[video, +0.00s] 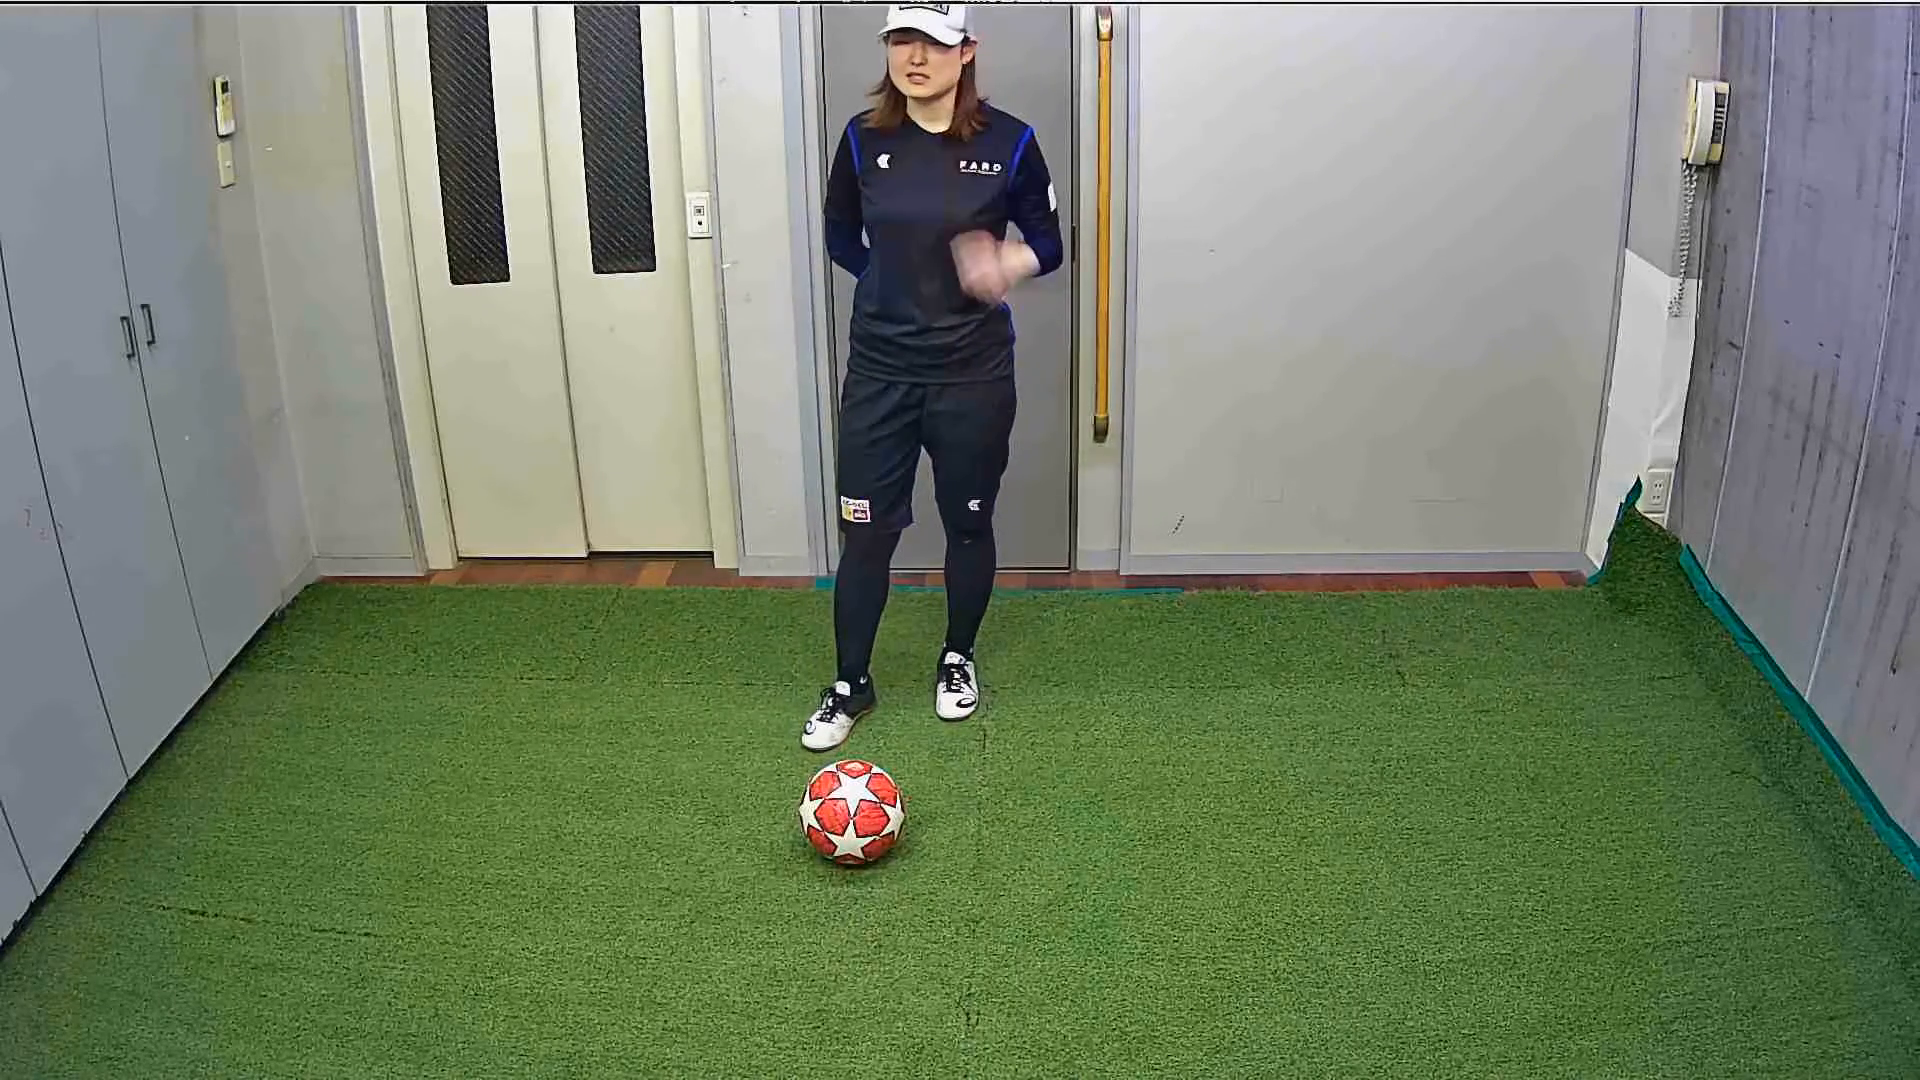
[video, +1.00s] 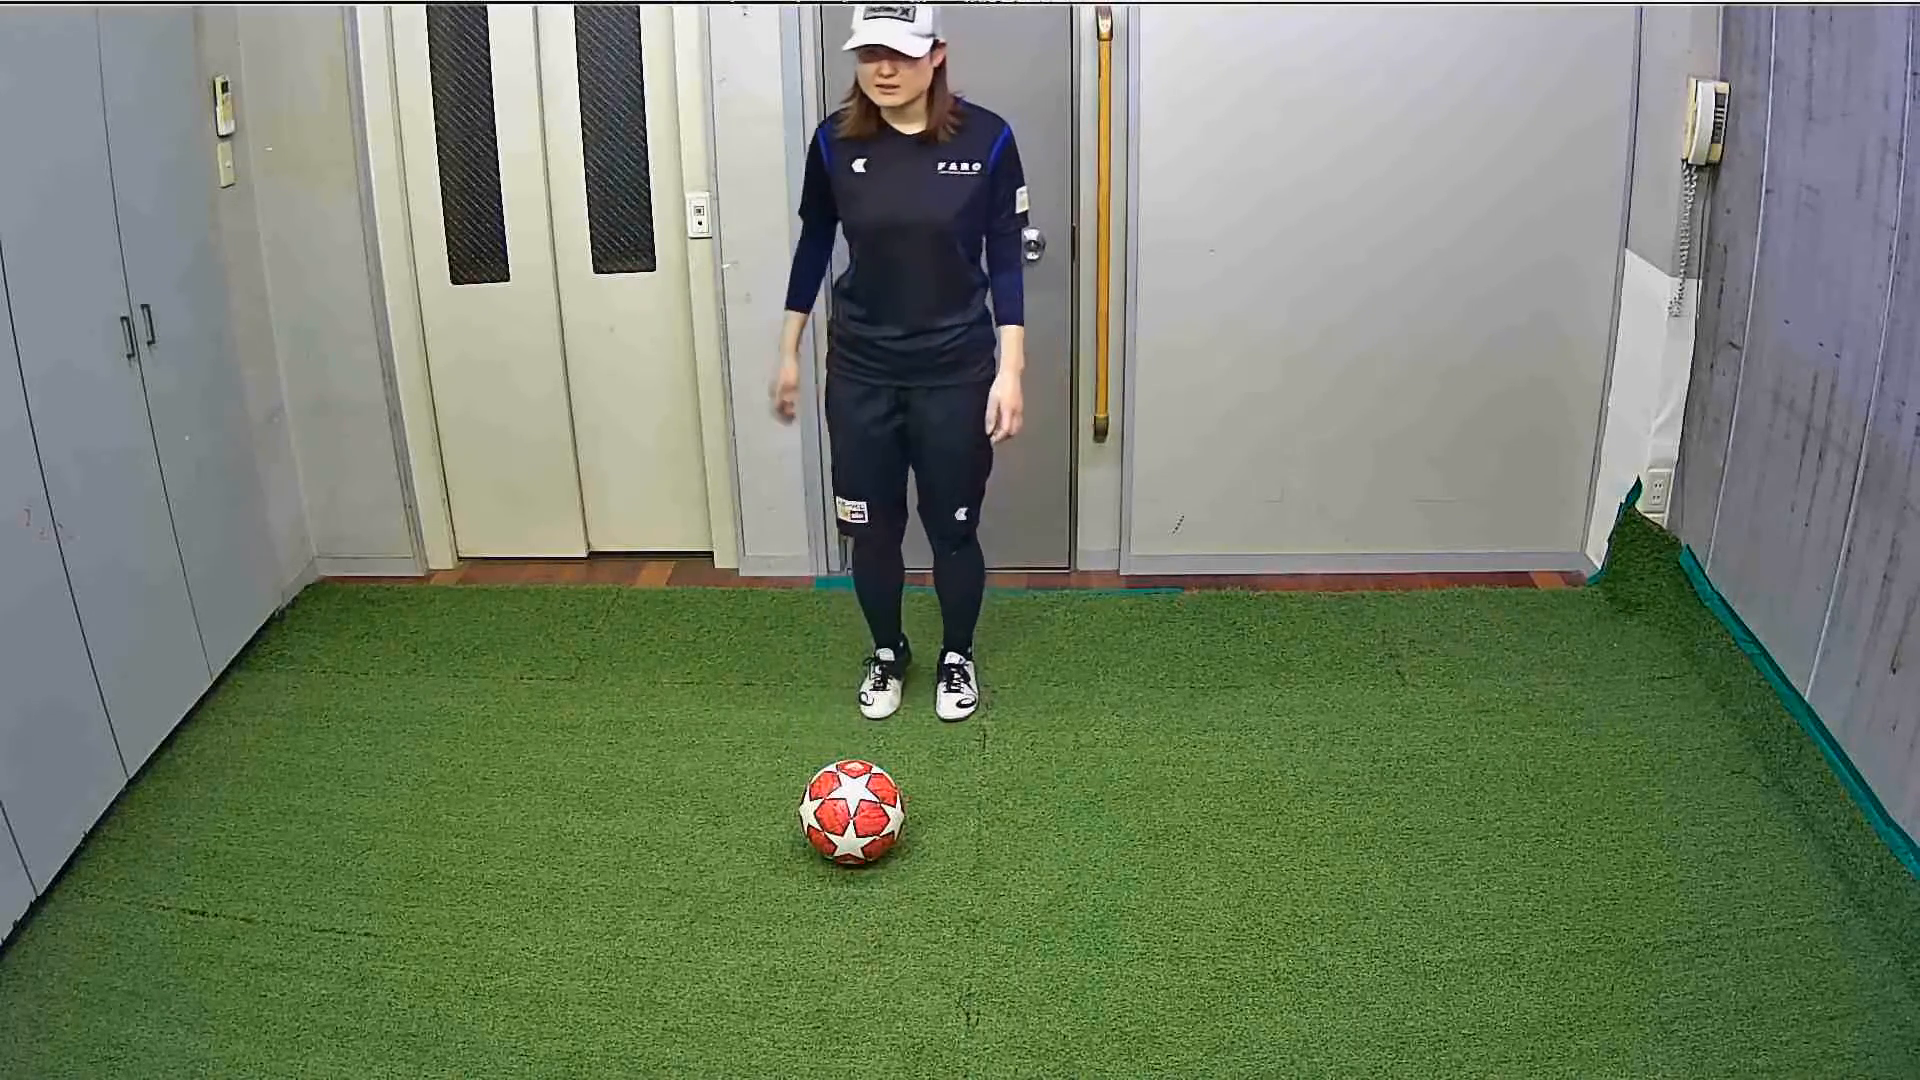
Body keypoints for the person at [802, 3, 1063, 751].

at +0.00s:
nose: (916, 56)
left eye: (933, 44)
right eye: (904, 42)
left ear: (965, 54)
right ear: (888, 54)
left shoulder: (1010, 142)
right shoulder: (864, 138)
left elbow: (1048, 246)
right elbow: (840, 238)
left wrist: (1011, 263)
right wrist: (896, 278)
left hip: (972, 368)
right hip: (879, 364)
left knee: (967, 522)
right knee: (863, 523)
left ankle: (957, 658)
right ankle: (851, 684)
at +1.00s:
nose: (883, 70)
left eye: (900, 56)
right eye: (870, 55)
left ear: (936, 57)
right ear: (856, 61)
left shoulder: (987, 138)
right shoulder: (835, 140)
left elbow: (1006, 257)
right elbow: (814, 241)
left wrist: (1010, 370)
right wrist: (789, 348)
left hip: (954, 367)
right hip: (859, 367)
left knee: (953, 528)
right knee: (867, 526)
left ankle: (956, 659)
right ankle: (887, 655)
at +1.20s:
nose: (861, 84)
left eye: (878, 69)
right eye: (847, 70)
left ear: (914, 68)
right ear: (830, 73)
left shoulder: (967, 146)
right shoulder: (814, 155)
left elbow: (991, 264)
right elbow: (793, 265)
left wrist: (1006, 375)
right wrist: (776, 377)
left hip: (946, 380)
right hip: (849, 382)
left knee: (942, 554)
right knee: (863, 547)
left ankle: (959, 656)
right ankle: (887, 654)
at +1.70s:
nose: (874, 134)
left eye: (891, 118)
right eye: (860, 118)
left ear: (930, 106)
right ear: (842, 108)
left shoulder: (993, 177)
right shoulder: (829, 185)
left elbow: (1028, 296)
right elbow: (807, 284)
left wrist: (1062, 413)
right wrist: (757, 394)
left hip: (980, 415)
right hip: (876, 423)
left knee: (988, 604)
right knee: (905, 614)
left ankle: (1007, 757)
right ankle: (917, 687)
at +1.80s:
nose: (878, 143)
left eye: (896, 127)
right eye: (864, 128)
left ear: (934, 108)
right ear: (844, 113)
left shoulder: (995, 181)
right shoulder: (832, 178)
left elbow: (1031, 310)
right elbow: (823, 273)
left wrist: (1065, 433)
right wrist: (785, 369)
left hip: (972, 428)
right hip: (869, 430)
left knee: (979, 622)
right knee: (901, 632)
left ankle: (1003, 760)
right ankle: (948, 769)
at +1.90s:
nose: (870, 140)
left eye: (888, 123)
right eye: (856, 123)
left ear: (929, 108)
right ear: (839, 112)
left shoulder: (990, 189)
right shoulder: (830, 180)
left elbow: (1031, 323)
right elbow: (828, 273)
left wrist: (1051, 444)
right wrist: (803, 362)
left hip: (957, 435)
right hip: (855, 431)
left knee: (968, 623)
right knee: (869, 623)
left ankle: (1001, 759)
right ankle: (877, 813)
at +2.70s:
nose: (724, 120)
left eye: (742, 103)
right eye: (707, 104)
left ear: (776, 104)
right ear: (684, 110)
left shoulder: (837, 179)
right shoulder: (663, 208)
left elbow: (872, 303)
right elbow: (649, 340)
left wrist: (897, 426)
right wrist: (632, 469)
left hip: (838, 436)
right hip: (729, 447)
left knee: (854, 633)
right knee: (734, 628)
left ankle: (888, 828)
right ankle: (741, 772)